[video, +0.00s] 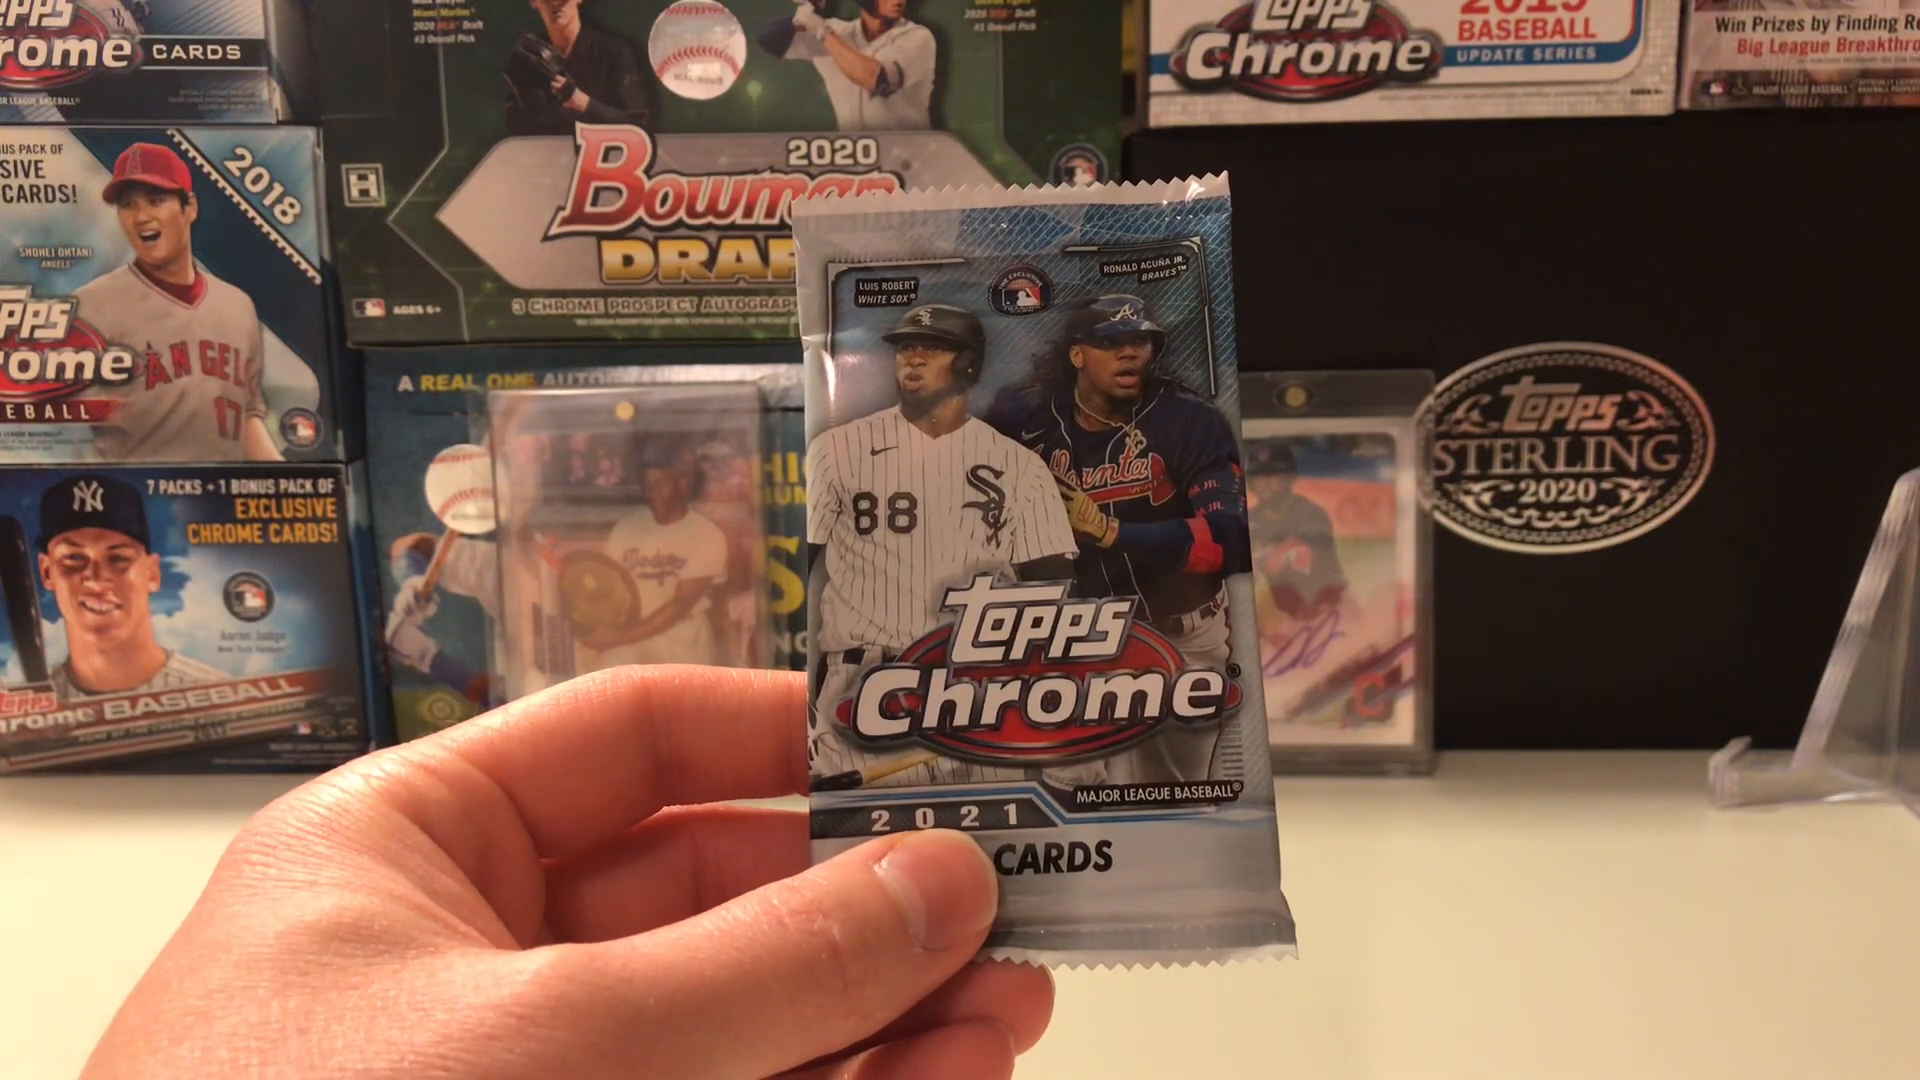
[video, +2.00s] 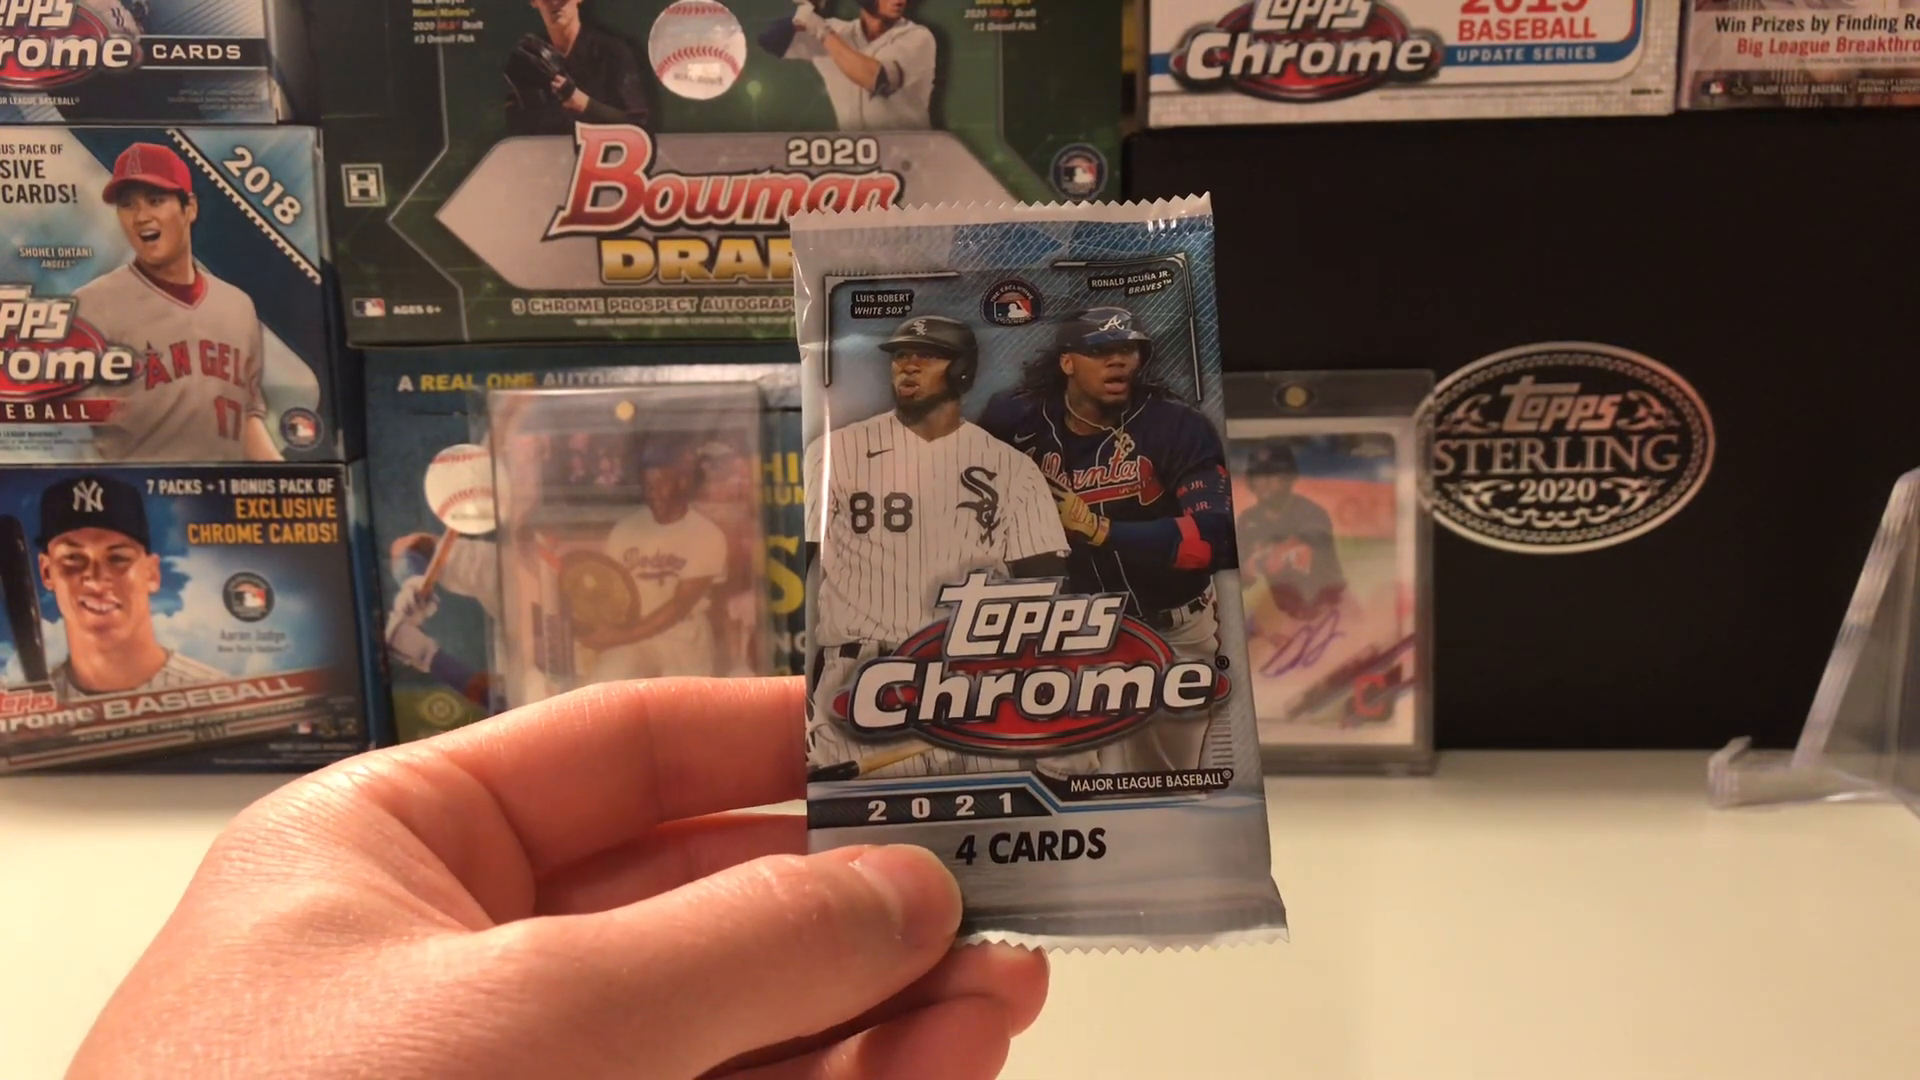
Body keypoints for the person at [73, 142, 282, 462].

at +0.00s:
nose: (143, 216)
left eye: (156, 199)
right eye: (128, 204)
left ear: (190, 209)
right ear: (118, 217)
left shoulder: (239, 307)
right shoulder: (92, 307)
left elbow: (247, 414)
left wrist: (283, 482)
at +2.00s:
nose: (143, 216)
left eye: (156, 200)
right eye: (128, 204)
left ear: (190, 209)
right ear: (119, 217)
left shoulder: (239, 307)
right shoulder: (91, 307)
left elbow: (248, 414)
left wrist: (283, 484)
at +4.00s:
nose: (142, 216)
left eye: (156, 200)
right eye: (128, 204)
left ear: (189, 209)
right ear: (118, 216)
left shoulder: (239, 306)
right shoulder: (91, 306)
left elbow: (248, 414)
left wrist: (283, 482)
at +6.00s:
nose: (142, 217)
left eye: (156, 200)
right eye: (128, 204)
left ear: (189, 210)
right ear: (118, 217)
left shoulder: (239, 307)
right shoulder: (92, 307)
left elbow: (248, 415)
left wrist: (282, 482)